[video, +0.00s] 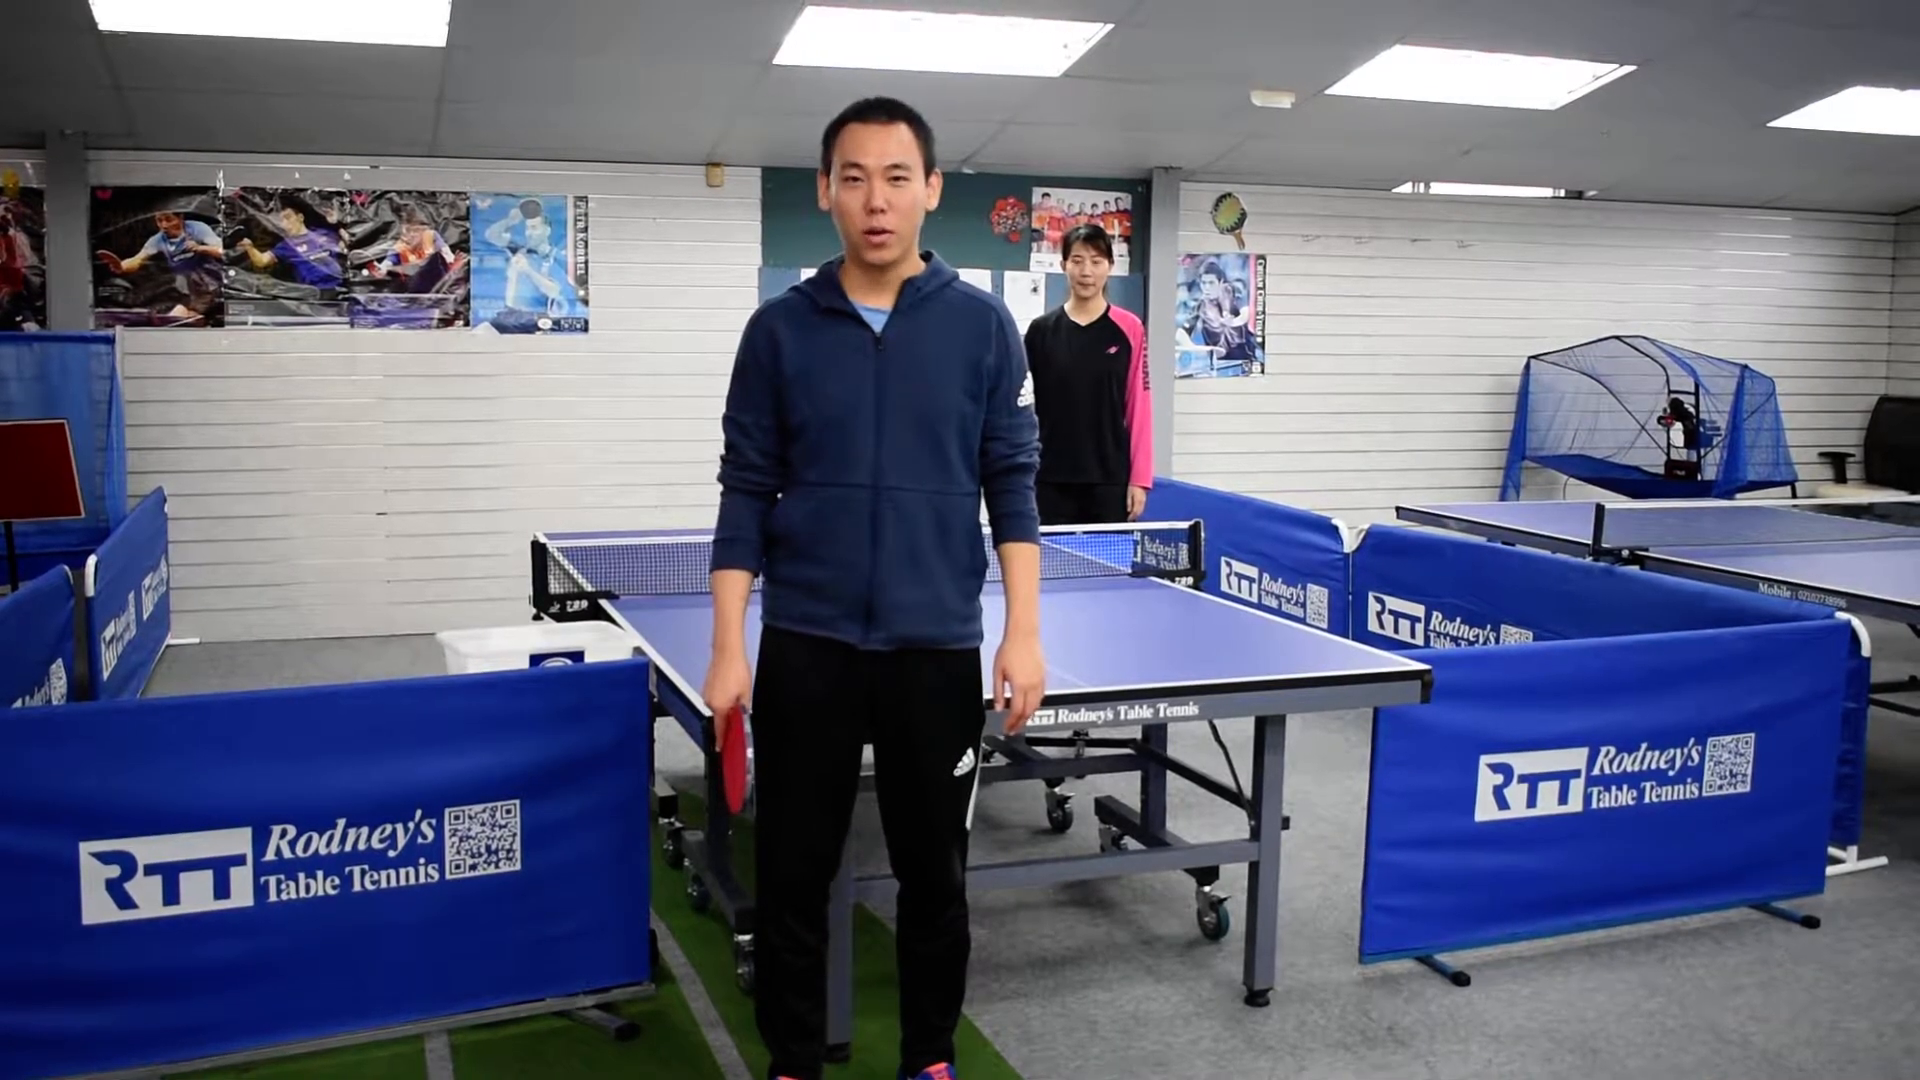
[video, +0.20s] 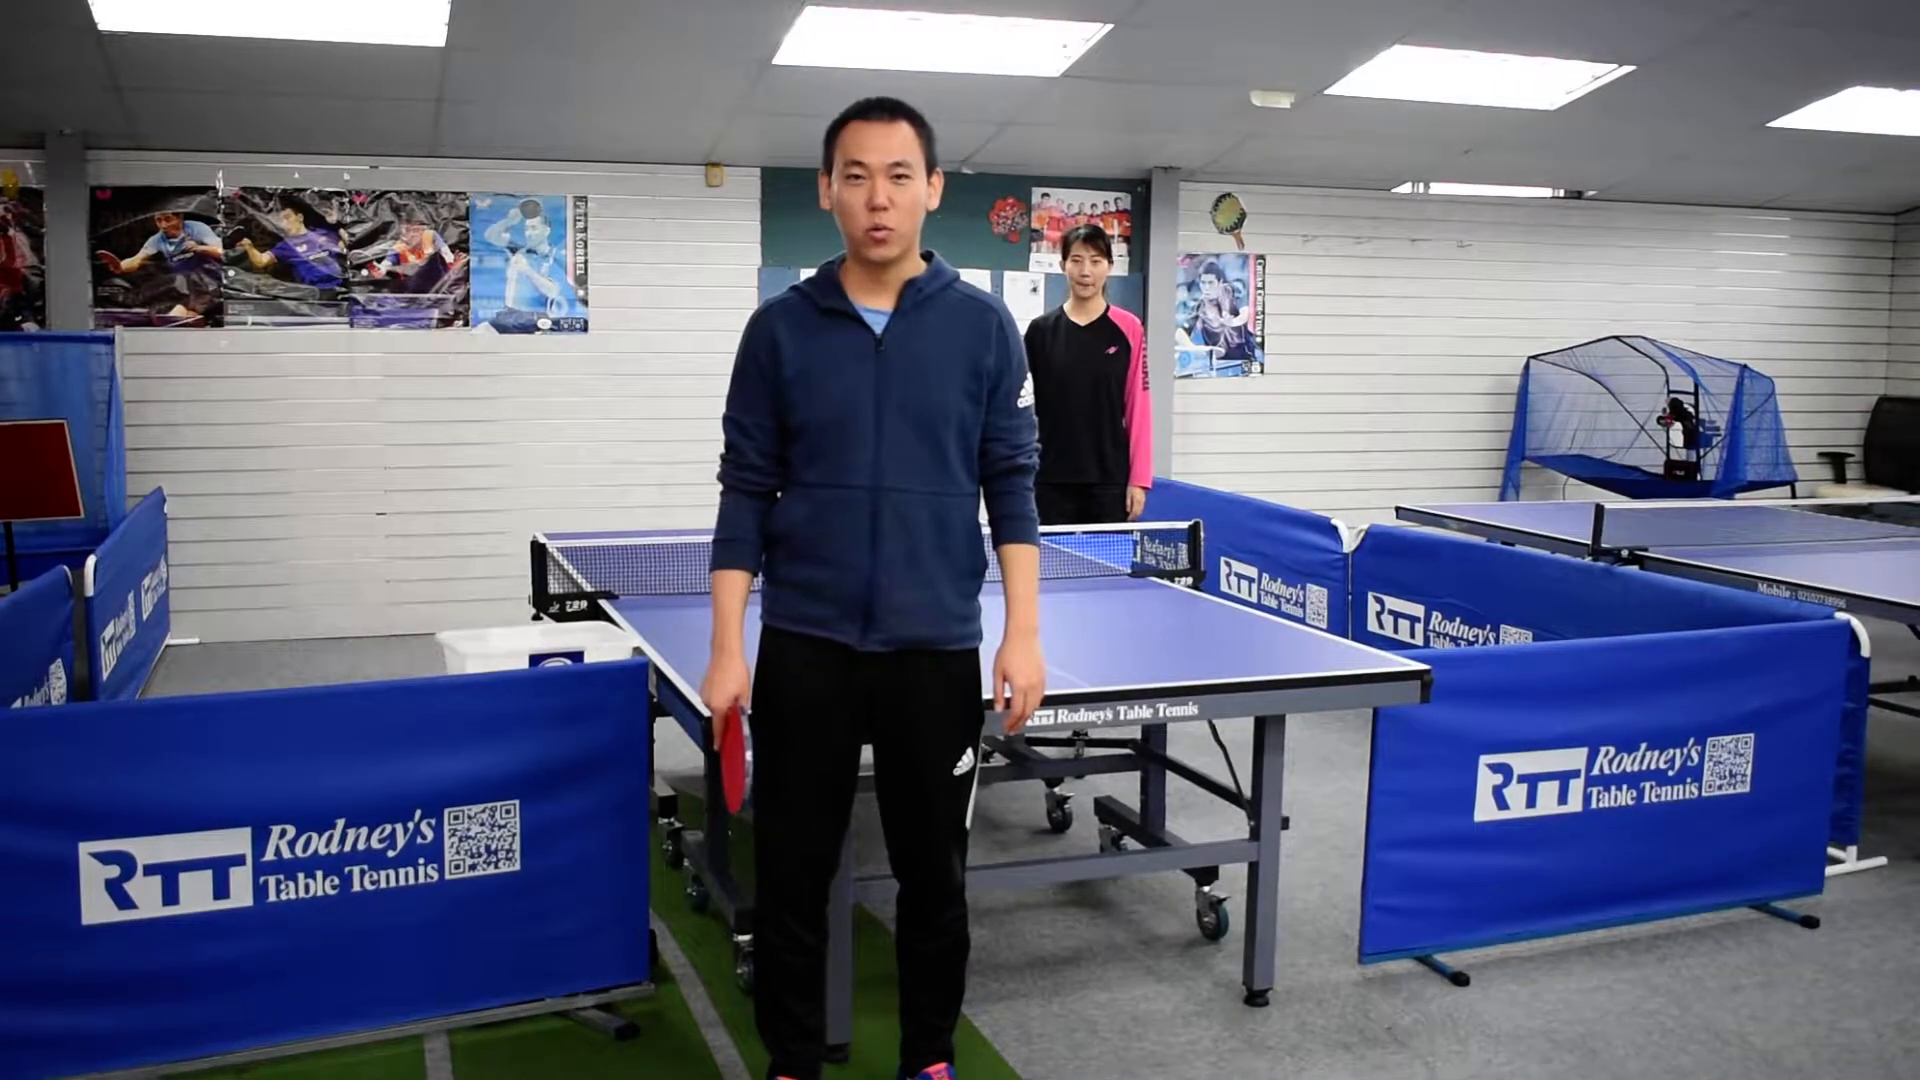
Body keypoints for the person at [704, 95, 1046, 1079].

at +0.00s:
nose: (876, 198)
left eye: (897, 178)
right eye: (855, 179)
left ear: (929, 194)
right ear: (827, 195)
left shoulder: (981, 326)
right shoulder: (780, 329)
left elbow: (1014, 483)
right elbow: (744, 489)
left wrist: (1024, 630)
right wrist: (727, 645)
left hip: (936, 646)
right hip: (807, 644)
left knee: (933, 876)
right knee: (791, 877)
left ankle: (930, 1061)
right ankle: (792, 1062)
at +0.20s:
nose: (877, 196)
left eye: (898, 176)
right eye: (856, 177)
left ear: (932, 191)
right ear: (828, 193)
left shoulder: (982, 327)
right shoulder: (781, 328)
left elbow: (1013, 484)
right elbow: (743, 488)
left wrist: (1023, 632)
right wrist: (727, 646)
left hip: (934, 646)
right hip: (806, 643)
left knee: (932, 874)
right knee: (791, 875)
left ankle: (930, 1059)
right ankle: (792, 1061)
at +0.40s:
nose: (878, 190)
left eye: (900, 170)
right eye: (857, 171)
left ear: (932, 190)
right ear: (829, 191)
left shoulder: (983, 327)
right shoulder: (780, 328)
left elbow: (1012, 485)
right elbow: (743, 488)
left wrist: (1022, 632)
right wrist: (726, 646)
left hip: (933, 646)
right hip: (805, 644)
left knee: (932, 874)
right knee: (790, 876)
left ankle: (930, 1059)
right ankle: (791, 1061)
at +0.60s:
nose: (876, 187)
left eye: (898, 168)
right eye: (855, 168)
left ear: (931, 190)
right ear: (828, 191)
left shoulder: (982, 327)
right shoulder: (780, 327)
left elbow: (1012, 485)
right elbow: (743, 488)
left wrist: (1022, 632)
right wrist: (727, 646)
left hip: (933, 645)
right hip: (805, 643)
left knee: (932, 875)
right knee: (790, 875)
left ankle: (930, 1060)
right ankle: (791, 1061)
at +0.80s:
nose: (876, 189)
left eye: (898, 169)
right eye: (855, 170)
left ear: (931, 190)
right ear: (828, 190)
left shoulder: (981, 327)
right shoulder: (780, 328)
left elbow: (1012, 484)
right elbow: (742, 488)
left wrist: (1021, 632)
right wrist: (727, 646)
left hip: (933, 646)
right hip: (805, 644)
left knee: (931, 877)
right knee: (789, 878)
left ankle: (929, 1061)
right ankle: (791, 1061)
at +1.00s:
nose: (877, 189)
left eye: (898, 170)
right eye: (855, 170)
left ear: (931, 190)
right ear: (828, 191)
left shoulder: (981, 327)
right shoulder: (780, 328)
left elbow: (1012, 485)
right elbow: (742, 488)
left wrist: (1021, 632)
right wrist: (727, 646)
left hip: (933, 646)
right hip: (805, 644)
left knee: (931, 877)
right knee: (789, 877)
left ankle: (929, 1061)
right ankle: (791, 1062)